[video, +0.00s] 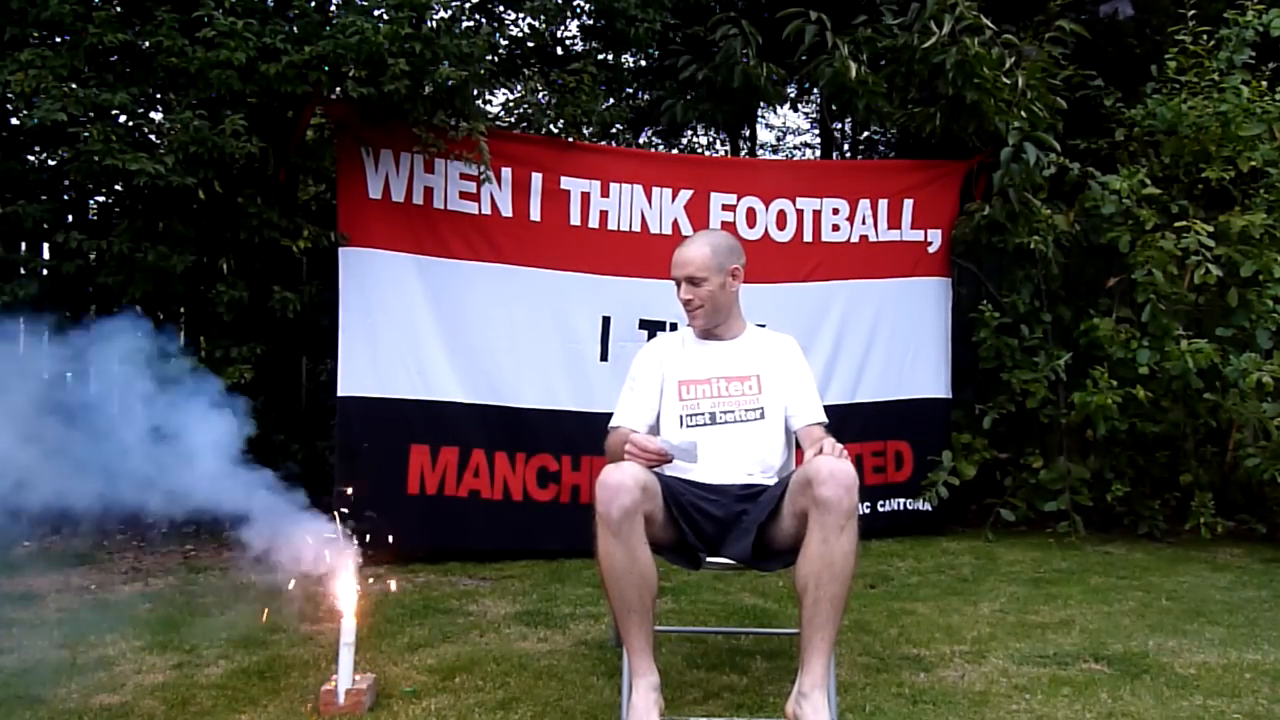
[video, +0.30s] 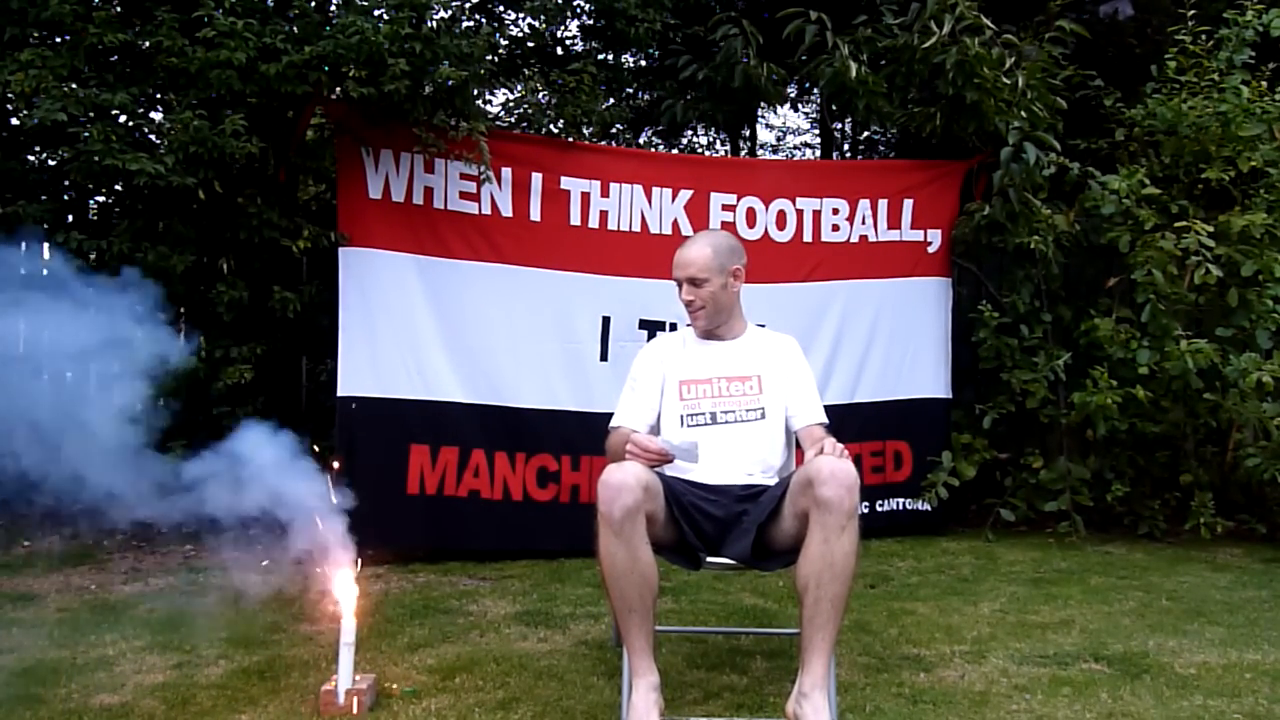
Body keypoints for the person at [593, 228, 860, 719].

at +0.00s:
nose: (684, 296)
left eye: (696, 283)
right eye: (678, 285)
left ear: (735, 278)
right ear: (673, 285)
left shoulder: (781, 350)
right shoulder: (658, 353)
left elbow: (812, 437)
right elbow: (615, 442)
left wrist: (825, 448)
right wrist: (633, 445)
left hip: (768, 504)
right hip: (679, 503)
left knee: (837, 477)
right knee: (615, 485)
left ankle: (812, 689)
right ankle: (642, 682)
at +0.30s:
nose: (685, 297)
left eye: (697, 284)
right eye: (679, 285)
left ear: (736, 279)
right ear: (674, 285)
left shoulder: (782, 350)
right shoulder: (659, 353)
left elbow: (812, 437)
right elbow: (615, 442)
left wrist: (825, 448)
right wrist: (633, 444)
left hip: (768, 504)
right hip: (680, 503)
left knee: (838, 477)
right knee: (616, 484)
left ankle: (812, 689)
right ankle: (642, 682)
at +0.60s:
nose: (686, 298)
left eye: (697, 284)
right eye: (679, 286)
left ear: (736, 279)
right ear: (675, 285)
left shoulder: (782, 350)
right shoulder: (659, 353)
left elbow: (812, 439)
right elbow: (615, 442)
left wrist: (824, 449)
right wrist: (634, 445)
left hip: (768, 504)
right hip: (680, 503)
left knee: (837, 477)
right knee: (617, 484)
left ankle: (812, 689)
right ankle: (642, 683)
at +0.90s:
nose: (685, 298)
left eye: (696, 284)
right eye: (679, 286)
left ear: (736, 279)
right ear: (675, 286)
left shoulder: (782, 350)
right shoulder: (659, 352)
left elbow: (812, 438)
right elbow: (616, 442)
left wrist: (824, 448)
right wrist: (635, 445)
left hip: (768, 504)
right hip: (679, 503)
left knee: (837, 477)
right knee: (617, 484)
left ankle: (812, 689)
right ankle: (643, 683)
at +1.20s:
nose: (685, 299)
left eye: (696, 285)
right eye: (679, 287)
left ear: (735, 279)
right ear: (675, 286)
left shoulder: (782, 350)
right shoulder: (659, 353)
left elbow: (812, 437)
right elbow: (616, 442)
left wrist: (824, 448)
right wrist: (635, 445)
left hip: (768, 505)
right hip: (680, 504)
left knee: (837, 477)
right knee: (617, 484)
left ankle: (812, 689)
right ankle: (643, 683)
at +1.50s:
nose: (685, 299)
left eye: (696, 285)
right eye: (679, 287)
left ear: (735, 279)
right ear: (674, 286)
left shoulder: (782, 350)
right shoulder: (659, 352)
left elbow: (812, 437)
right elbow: (616, 442)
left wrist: (823, 446)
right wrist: (635, 445)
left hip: (768, 505)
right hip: (680, 503)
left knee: (836, 477)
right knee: (617, 485)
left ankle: (812, 690)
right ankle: (642, 682)